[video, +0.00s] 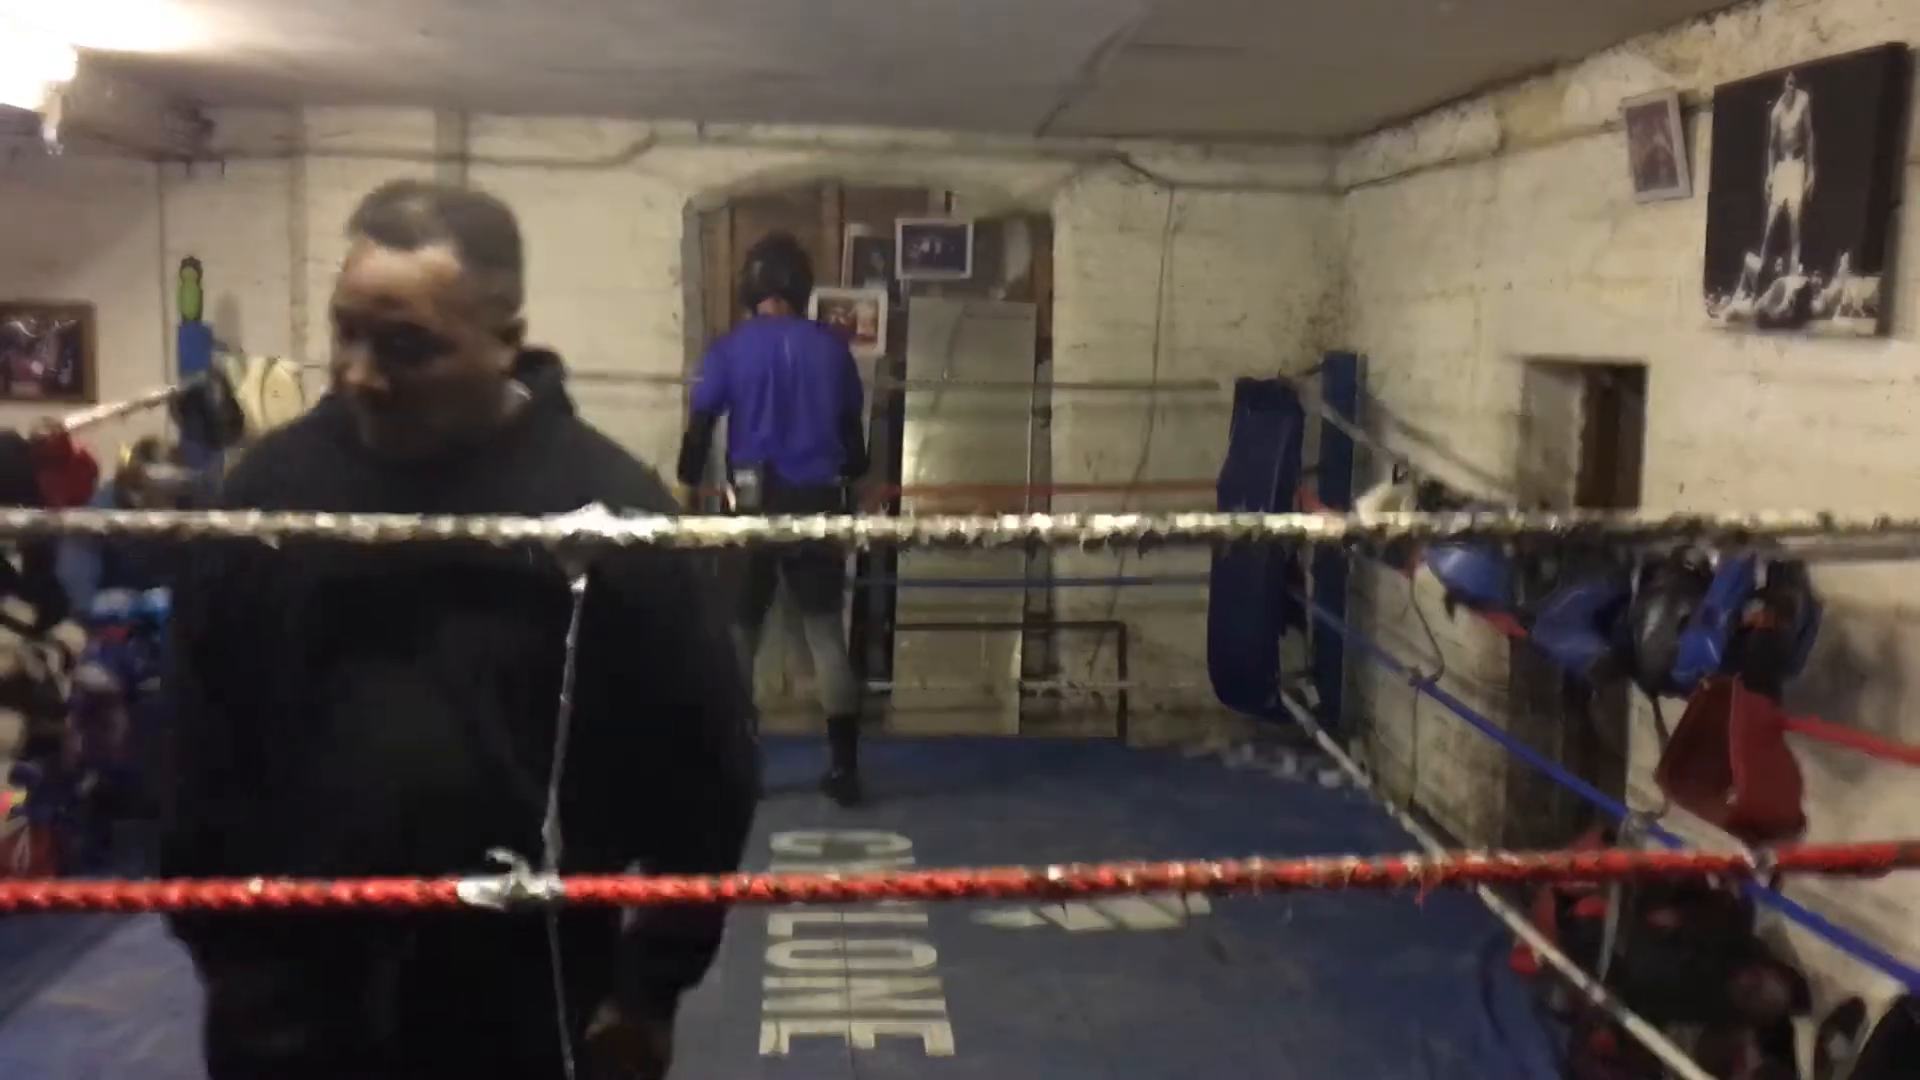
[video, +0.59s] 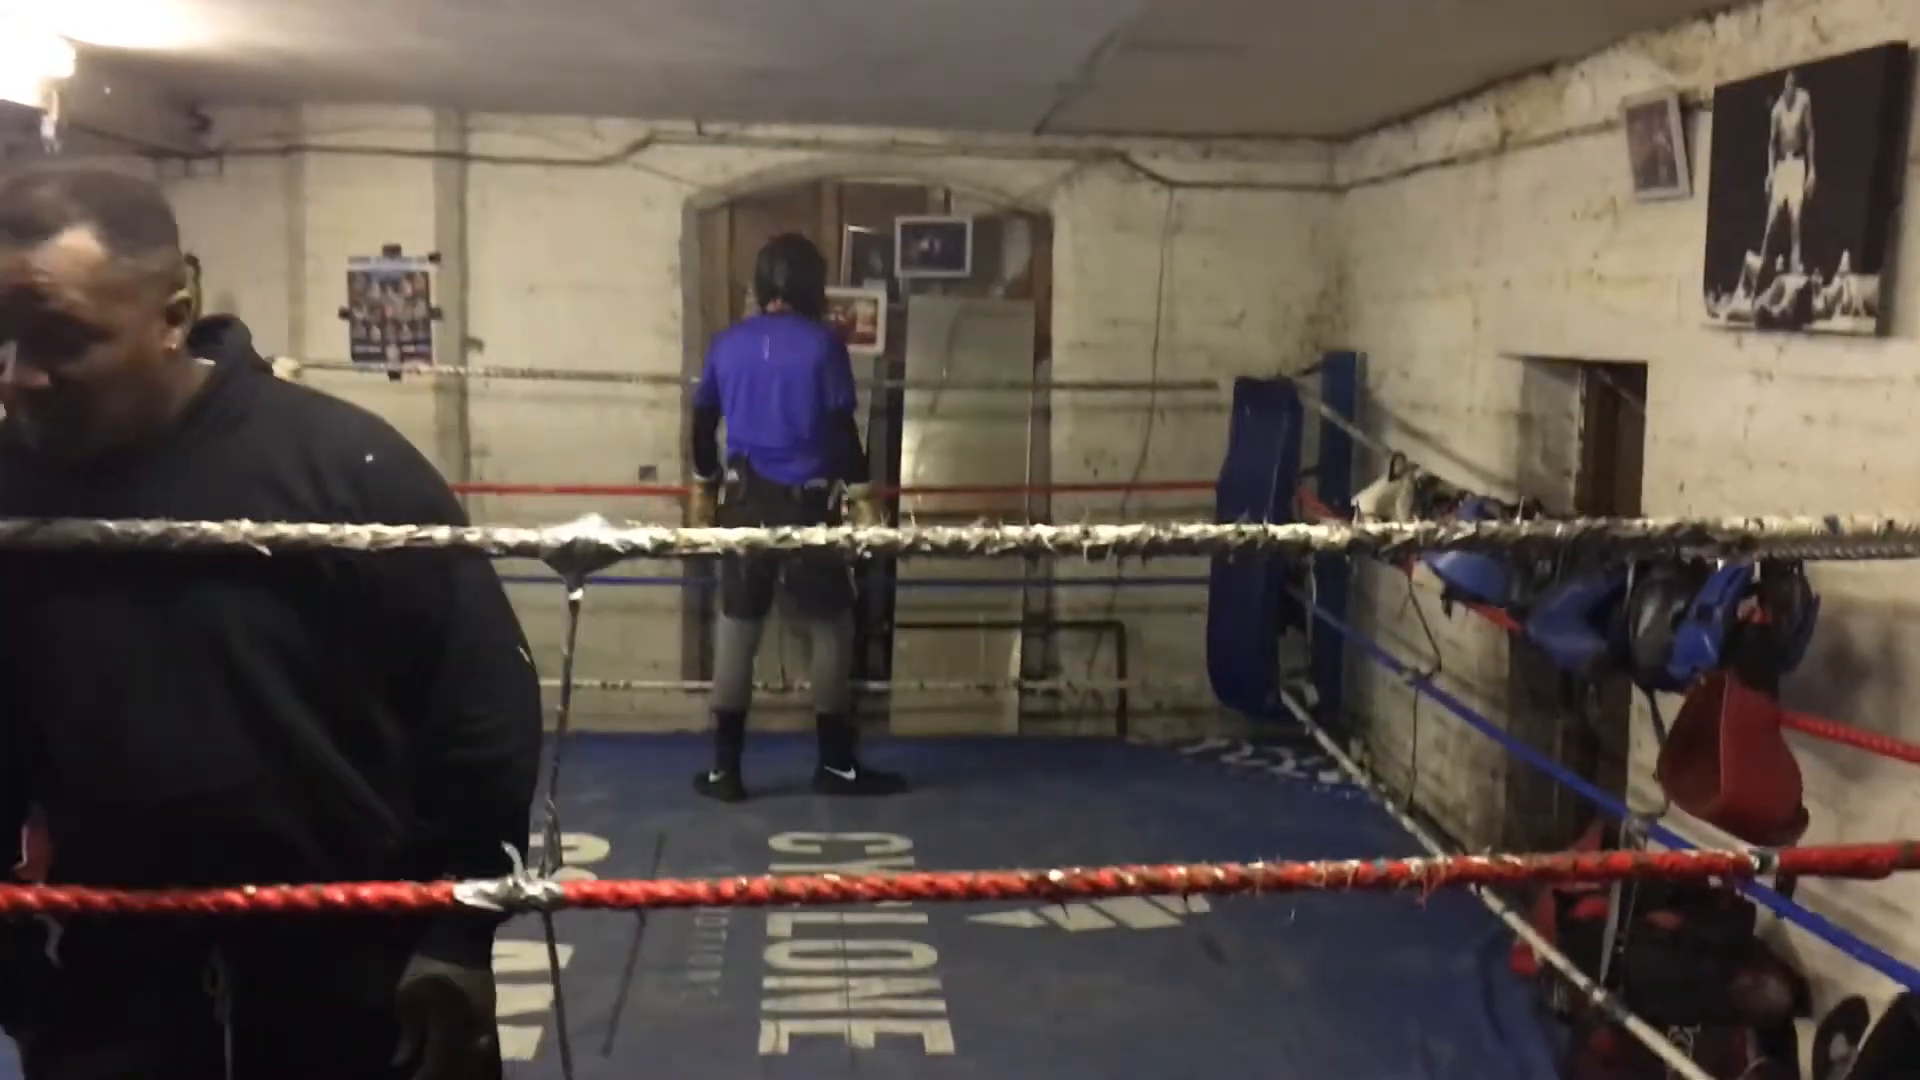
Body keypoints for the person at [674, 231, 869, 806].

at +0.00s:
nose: (749, 293)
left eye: (749, 283)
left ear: (751, 288)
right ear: (804, 288)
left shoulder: (730, 348)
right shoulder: (832, 346)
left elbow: (700, 415)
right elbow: (851, 419)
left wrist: (689, 478)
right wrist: (852, 474)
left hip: (749, 498)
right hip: (819, 496)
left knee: (738, 630)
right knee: (825, 625)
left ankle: (729, 765)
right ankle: (844, 767)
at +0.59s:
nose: (823, 289)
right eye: (820, 280)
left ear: (760, 284)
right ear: (815, 284)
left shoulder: (728, 343)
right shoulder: (824, 345)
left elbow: (703, 415)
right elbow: (838, 422)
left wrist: (709, 480)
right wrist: (860, 484)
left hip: (746, 498)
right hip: (809, 500)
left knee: (736, 628)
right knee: (831, 626)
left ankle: (725, 769)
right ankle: (836, 763)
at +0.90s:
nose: (885, 304)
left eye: (879, 296)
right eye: (883, 297)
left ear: (824, 301)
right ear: (874, 303)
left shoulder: (790, 359)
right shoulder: (875, 359)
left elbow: (776, 437)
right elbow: (900, 436)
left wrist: (781, 495)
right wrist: (926, 498)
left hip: (807, 508)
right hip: (865, 513)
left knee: (784, 632)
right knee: (854, 640)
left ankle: (737, 767)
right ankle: (843, 773)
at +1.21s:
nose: (924, 304)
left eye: (922, 293)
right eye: (918, 294)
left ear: (862, 296)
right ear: (904, 297)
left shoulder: (832, 357)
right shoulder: (903, 357)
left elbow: (827, 437)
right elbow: (924, 435)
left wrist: (840, 489)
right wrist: (958, 497)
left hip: (848, 504)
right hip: (893, 508)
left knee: (846, 632)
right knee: (871, 639)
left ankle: (816, 749)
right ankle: (846, 770)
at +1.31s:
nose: (935, 301)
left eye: (932, 291)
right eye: (928, 292)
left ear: (874, 296)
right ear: (913, 297)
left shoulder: (847, 355)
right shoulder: (914, 357)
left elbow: (839, 430)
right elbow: (929, 434)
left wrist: (857, 479)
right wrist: (958, 502)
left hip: (858, 499)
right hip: (901, 504)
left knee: (874, 627)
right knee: (879, 630)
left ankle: (869, 749)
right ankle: (845, 766)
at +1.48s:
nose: (959, 305)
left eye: (956, 294)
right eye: (953, 296)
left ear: (900, 300)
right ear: (936, 300)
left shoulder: (867, 354)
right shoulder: (935, 354)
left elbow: (858, 438)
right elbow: (938, 436)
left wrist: (877, 489)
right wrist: (957, 507)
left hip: (879, 502)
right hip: (915, 505)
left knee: (920, 631)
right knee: (888, 635)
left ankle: (949, 739)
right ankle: (847, 763)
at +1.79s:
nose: (1010, 305)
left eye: (1006, 293)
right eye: (1004, 294)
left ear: (956, 299)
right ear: (986, 298)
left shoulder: (934, 352)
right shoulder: (972, 348)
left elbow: (912, 430)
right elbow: (968, 425)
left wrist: (924, 492)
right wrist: (978, 502)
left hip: (942, 504)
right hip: (968, 506)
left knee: (977, 628)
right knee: (962, 628)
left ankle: (987, 751)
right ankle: (876, 736)